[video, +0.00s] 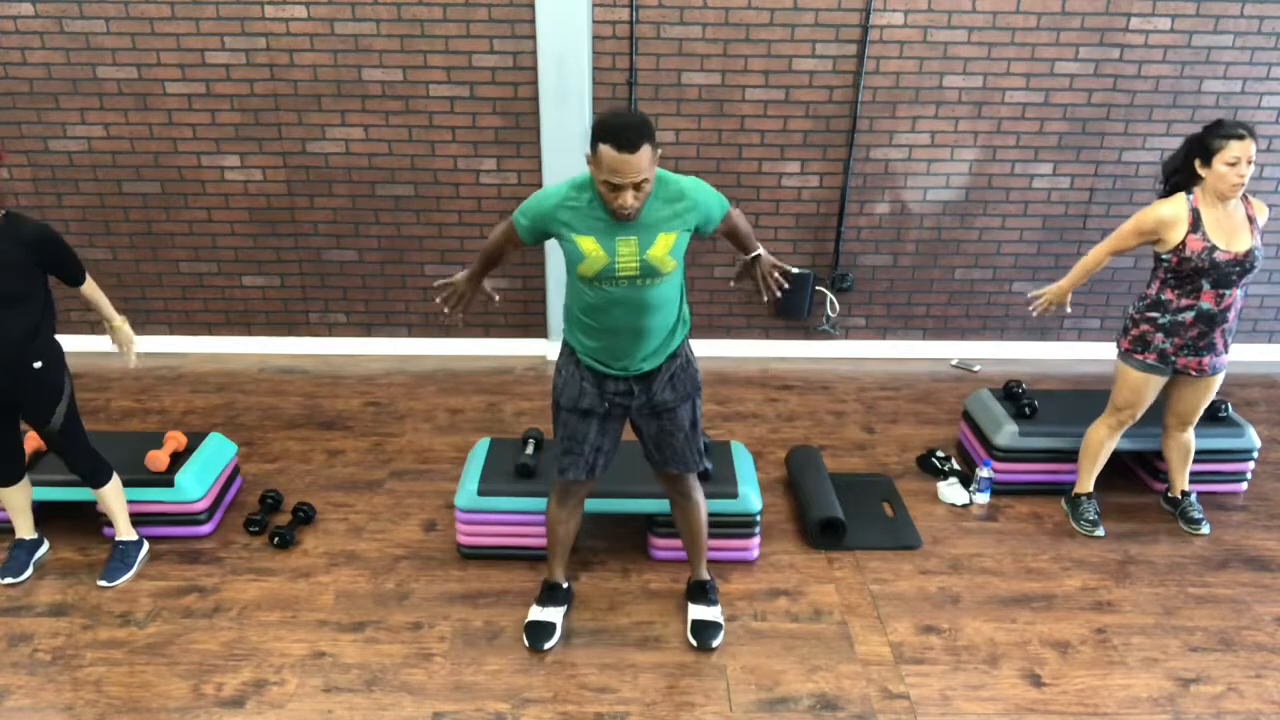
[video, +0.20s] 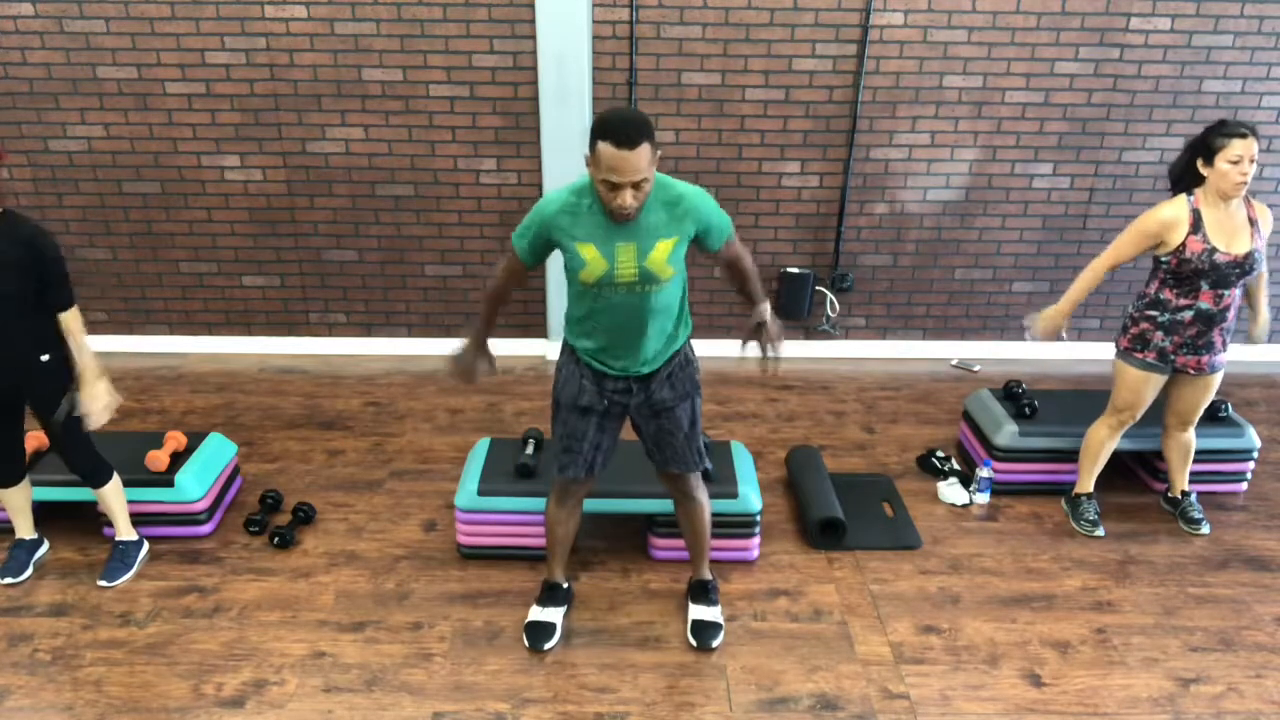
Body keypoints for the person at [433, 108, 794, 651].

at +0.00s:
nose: (626, 199)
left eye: (639, 185)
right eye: (613, 185)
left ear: (656, 163)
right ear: (591, 165)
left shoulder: (688, 198)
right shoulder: (558, 205)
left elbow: (728, 220)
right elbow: (509, 235)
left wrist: (756, 252)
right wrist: (473, 275)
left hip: (665, 369)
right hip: (587, 370)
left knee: (681, 478)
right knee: (569, 482)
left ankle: (701, 584)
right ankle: (555, 586)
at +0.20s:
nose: (625, 199)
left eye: (638, 185)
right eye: (612, 185)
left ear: (655, 165)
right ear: (590, 165)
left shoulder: (689, 205)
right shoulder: (555, 214)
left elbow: (733, 255)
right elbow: (509, 274)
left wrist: (761, 306)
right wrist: (478, 339)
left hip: (666, 369)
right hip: (587, 369)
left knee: (685, 479)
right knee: (568, 481)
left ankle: (703, 584)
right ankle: (554, 586)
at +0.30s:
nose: (624, 210)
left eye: (636, 196)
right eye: (610, 196)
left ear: (654, 176)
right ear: (589, 177)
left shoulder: (687, 220)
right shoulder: (557, 230)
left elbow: (727, 291)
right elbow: (520, 311)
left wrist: (747, 366)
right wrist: (497, 390)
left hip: (665, 368)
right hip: (587, 369)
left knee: (686, 483)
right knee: (567, 485)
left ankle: (703, 584)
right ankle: (554, 585)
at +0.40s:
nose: (622, 247)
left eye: (633, 233)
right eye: (608, 233)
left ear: (652, 214)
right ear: (589, 215)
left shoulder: (685, 257)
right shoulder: (560, 265)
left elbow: (716, 354)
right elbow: (534, 360)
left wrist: (724, 451)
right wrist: (523, 461)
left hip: (664, 371)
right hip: (587, 374)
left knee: (690, 494)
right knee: (560, 495)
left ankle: (703, 585)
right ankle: (553, 588)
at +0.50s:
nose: (622, 303)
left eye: (634, 288)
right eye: (608, 288)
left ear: (652, 271)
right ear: (589, 273)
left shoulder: (683, 306)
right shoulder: (564, 313)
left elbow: (710, 408)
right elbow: (544, 410)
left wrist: (707, 501)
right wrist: (545, 500)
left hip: (663, 395)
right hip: (590, 398)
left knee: (690, 492)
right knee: (558, 497)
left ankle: (704, 584)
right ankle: (556, 585)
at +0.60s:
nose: (623, 359)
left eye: (635, 344)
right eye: (609, 344)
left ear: (652, 330)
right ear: (591, 330)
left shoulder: (681, 355)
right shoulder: (565, 363)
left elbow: (706, 453)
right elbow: (551, 462)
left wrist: (702, 507)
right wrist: (559, 511)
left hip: (662, 431)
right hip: (590, 431)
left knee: (709, 519)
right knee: (545, 517)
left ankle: (703, 590)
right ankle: (553, 591)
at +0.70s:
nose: (623, 404)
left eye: (635, 389)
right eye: (609, 389)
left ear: (651, 373)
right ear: (591, 374)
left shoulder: (684, 400)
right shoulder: (564, 407)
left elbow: (710, 488)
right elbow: (549, 497)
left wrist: (697, 506)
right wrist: (568, 508)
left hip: (660, 458)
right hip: (587, 457)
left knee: (706, 528)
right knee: (543, 526)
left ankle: (702, 591)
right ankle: (553, 592)